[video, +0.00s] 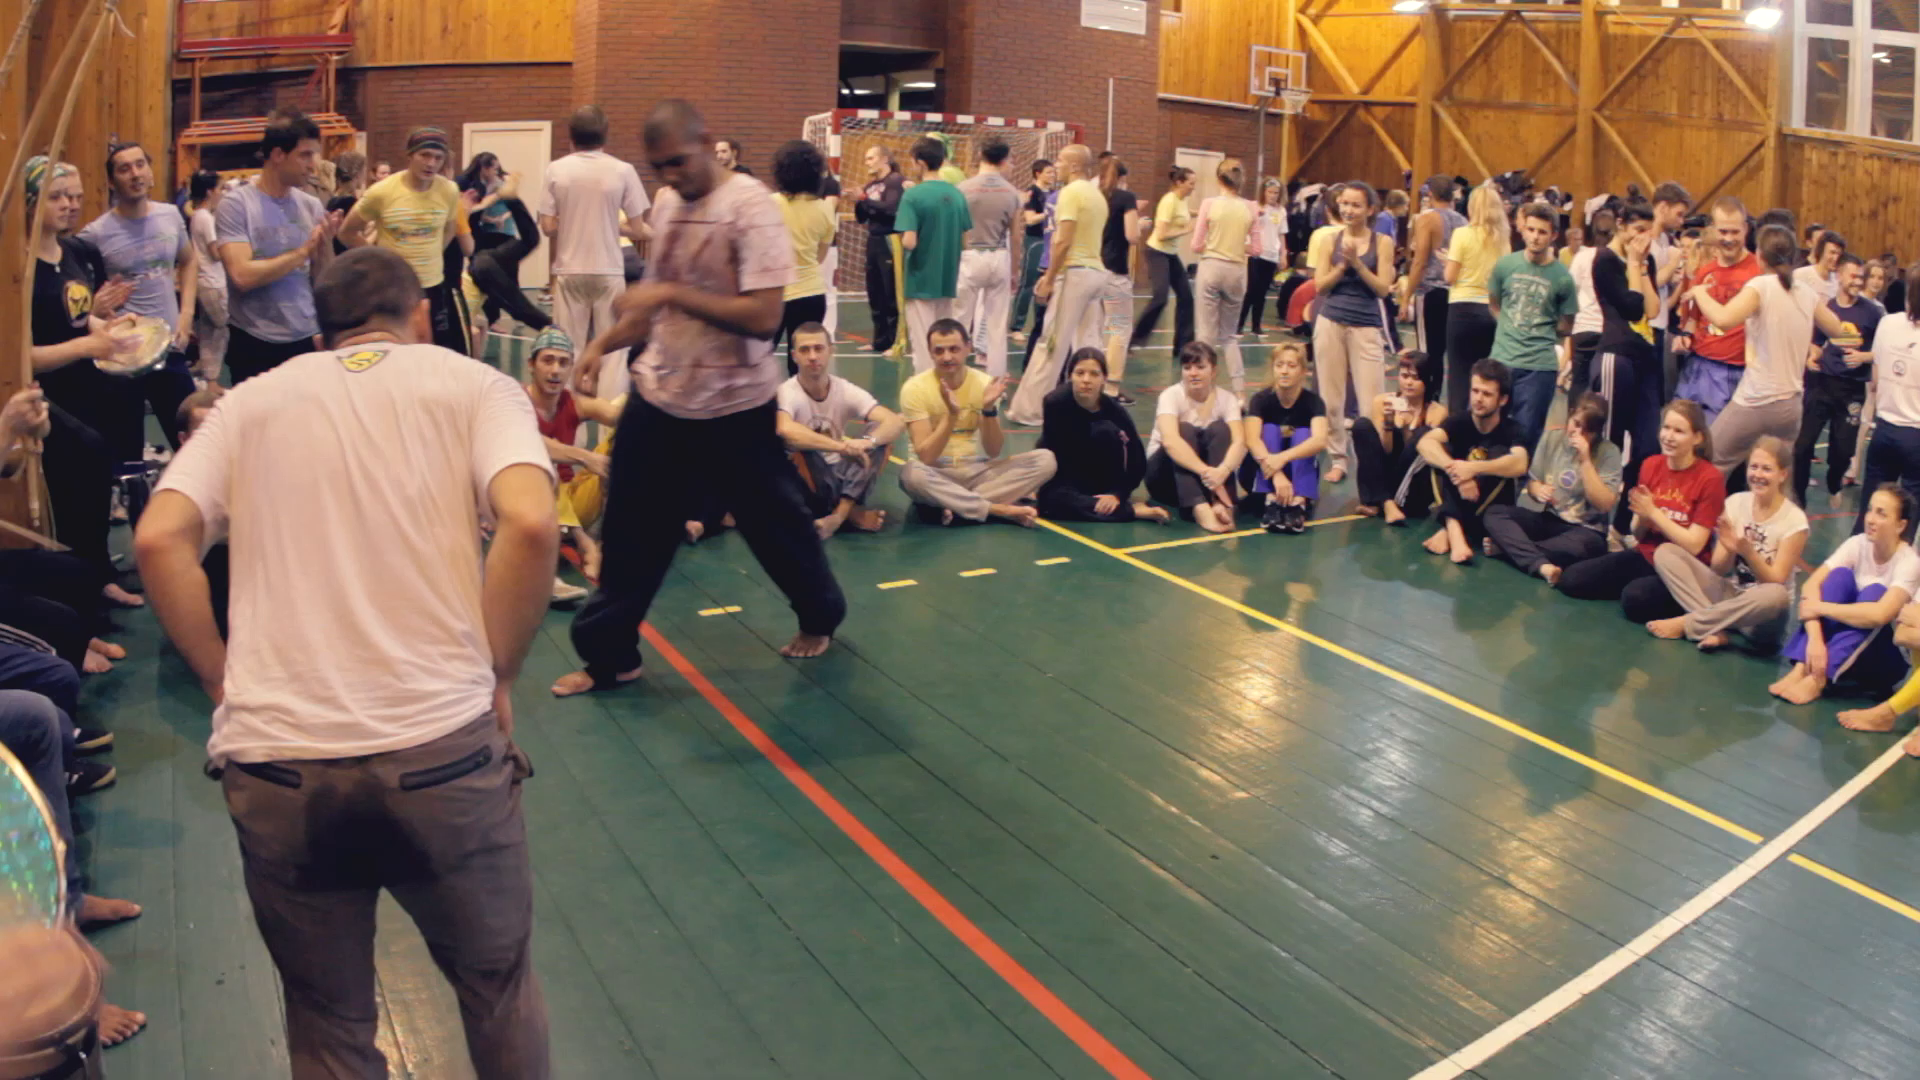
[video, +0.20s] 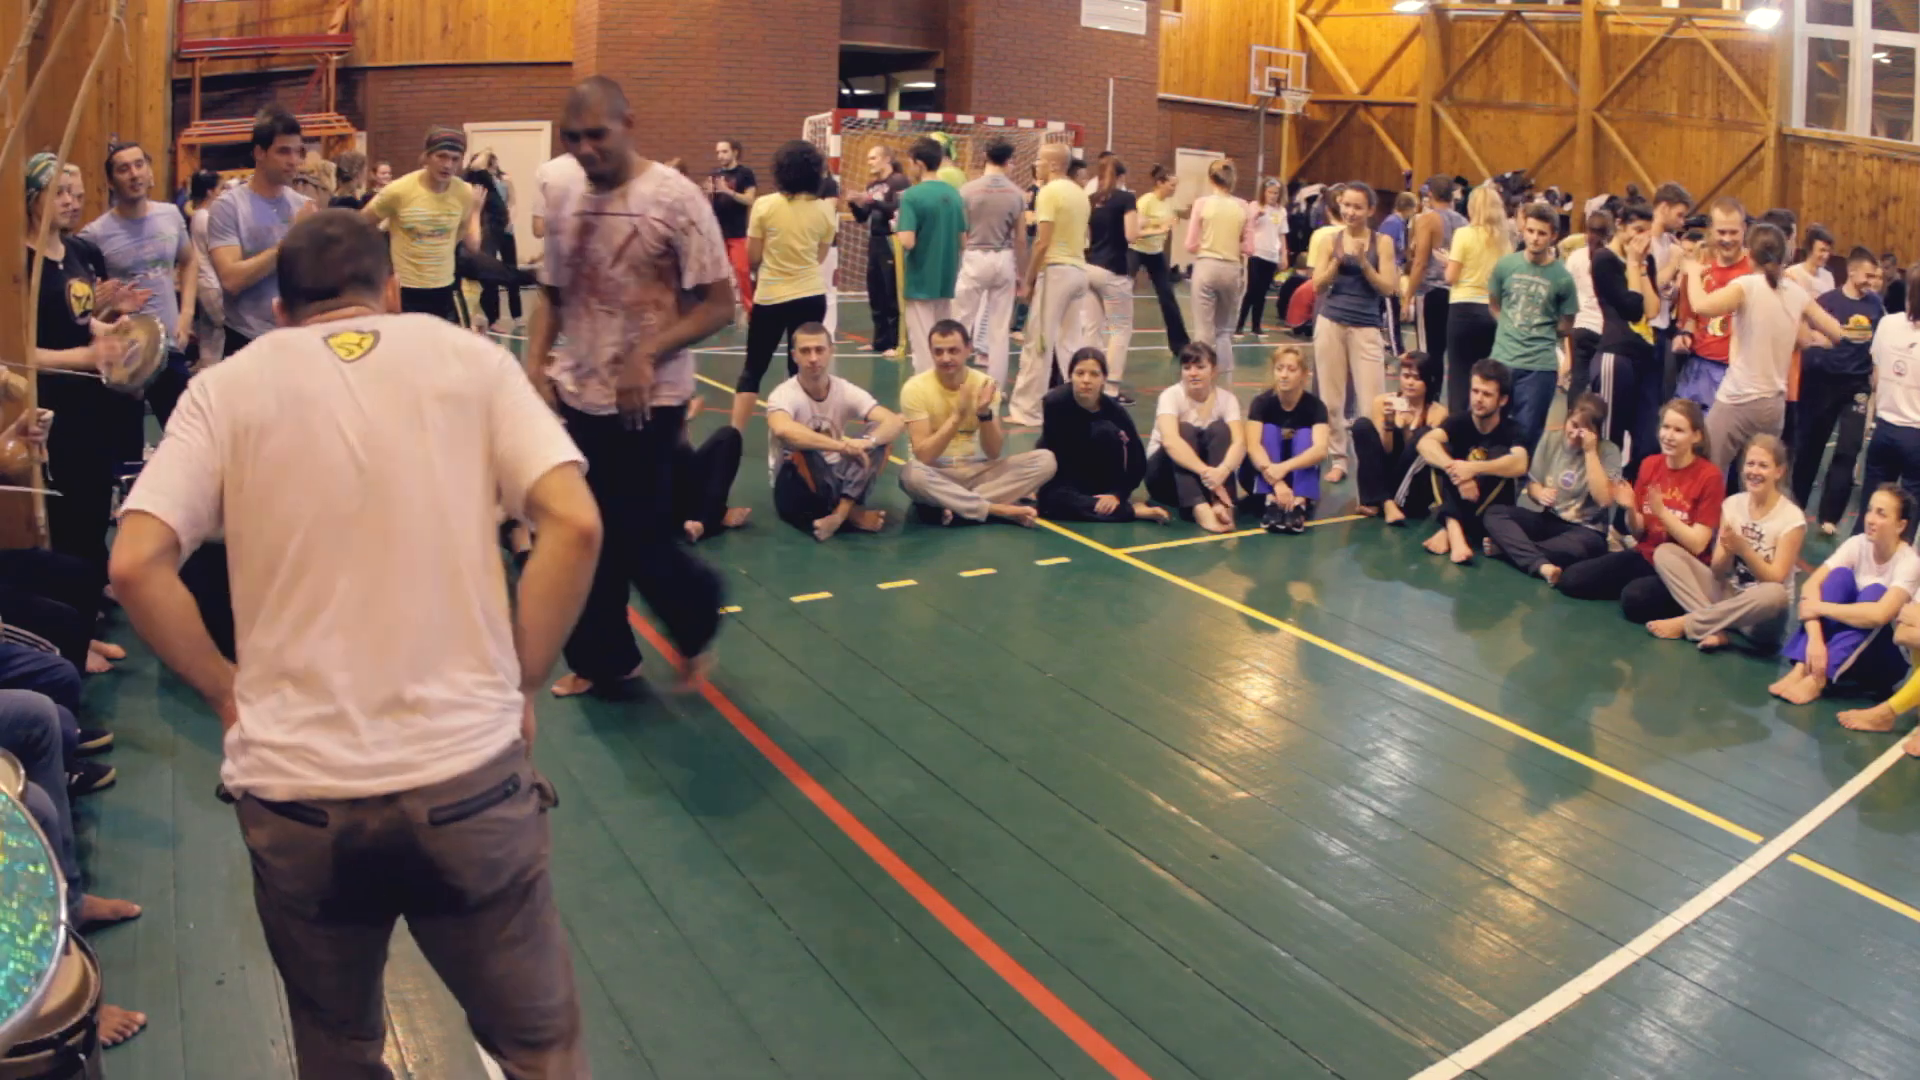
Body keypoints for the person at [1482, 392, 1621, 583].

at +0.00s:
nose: (1578, 433)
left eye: (1587, 430)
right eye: (1576, 424)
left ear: (1597, 431)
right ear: (1570, 415)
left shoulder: (1609, 453)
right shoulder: (1551, 438)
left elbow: (1605, 504)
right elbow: (1532, 481)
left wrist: (1585, 460)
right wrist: (1536, 489)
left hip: (1580, 528)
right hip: (1542, 516)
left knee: (1581, 546)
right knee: (1494, 513)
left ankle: (1509, 550)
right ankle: (1539, 566)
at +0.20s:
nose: (1575, 433)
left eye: (1584, 430)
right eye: (1573, 425)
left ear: (1596, 431)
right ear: (1567, 418)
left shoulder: (1608, 451)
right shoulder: (1550, 439)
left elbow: (1604, 500)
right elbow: (1533, 483)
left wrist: (1590, 452)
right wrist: (1539, 493)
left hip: (1581, 529)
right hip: (1543, 518)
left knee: (1578, 548)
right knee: (1494, 513)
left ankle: (1509, 550)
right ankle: (1539, 566)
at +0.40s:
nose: (1573, 433)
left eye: (1581, 429)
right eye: (1572, 424)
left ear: (1594, 431)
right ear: (1565, 418)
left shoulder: (1608, 449)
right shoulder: (1550, 439)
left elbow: (1606, 488)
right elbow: (1532, 485)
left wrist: (1592, 437)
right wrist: (1539, 493)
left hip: (1579, 528)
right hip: (1540, 517)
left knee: (1589, 544)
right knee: (1494, 513)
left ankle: (1510, 550)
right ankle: (1539, 565)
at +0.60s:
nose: (1572, 432)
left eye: (1581, 428)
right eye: (1570, 422)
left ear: (1594, 431)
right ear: (1564, 417)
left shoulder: (1605, 448)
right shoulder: (1550, 439)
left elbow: (1607, 469)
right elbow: (1531, 486)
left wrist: (1593, 418)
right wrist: (1538, 493)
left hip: (1580, 528)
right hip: (1540, 517)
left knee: (1587, 545)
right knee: (1494, 514)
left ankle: (1509, 549)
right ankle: (1539, 565)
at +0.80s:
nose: (1570, 426)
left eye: (1580, 422)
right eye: (1568, 417)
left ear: (1592, 428)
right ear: (1562, 415)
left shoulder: (1601, 450)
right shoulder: (1549, 440)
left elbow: (1608, 466)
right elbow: (1530, 488)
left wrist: (1602, 419)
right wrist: (1536, 493)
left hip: (1579, 528)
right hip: (1540, 517)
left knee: (1590, 544)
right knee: (1494, 514)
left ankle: (1508, 549)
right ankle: (1539, 565)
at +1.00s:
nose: (1571, 418)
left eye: (1580, 414)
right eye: (1568, 410)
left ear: (1593, 420)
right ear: (1561, 411)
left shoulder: (1601, 452)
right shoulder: (1548, 440)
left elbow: (1606, 488)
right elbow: (1530, 488)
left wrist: (1609, 439)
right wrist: (1536, 493)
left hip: (1579, 528)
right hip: (1539, 518)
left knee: (1578, 548)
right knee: (1494, 514)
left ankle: (1508, 549)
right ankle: (1539, 565)